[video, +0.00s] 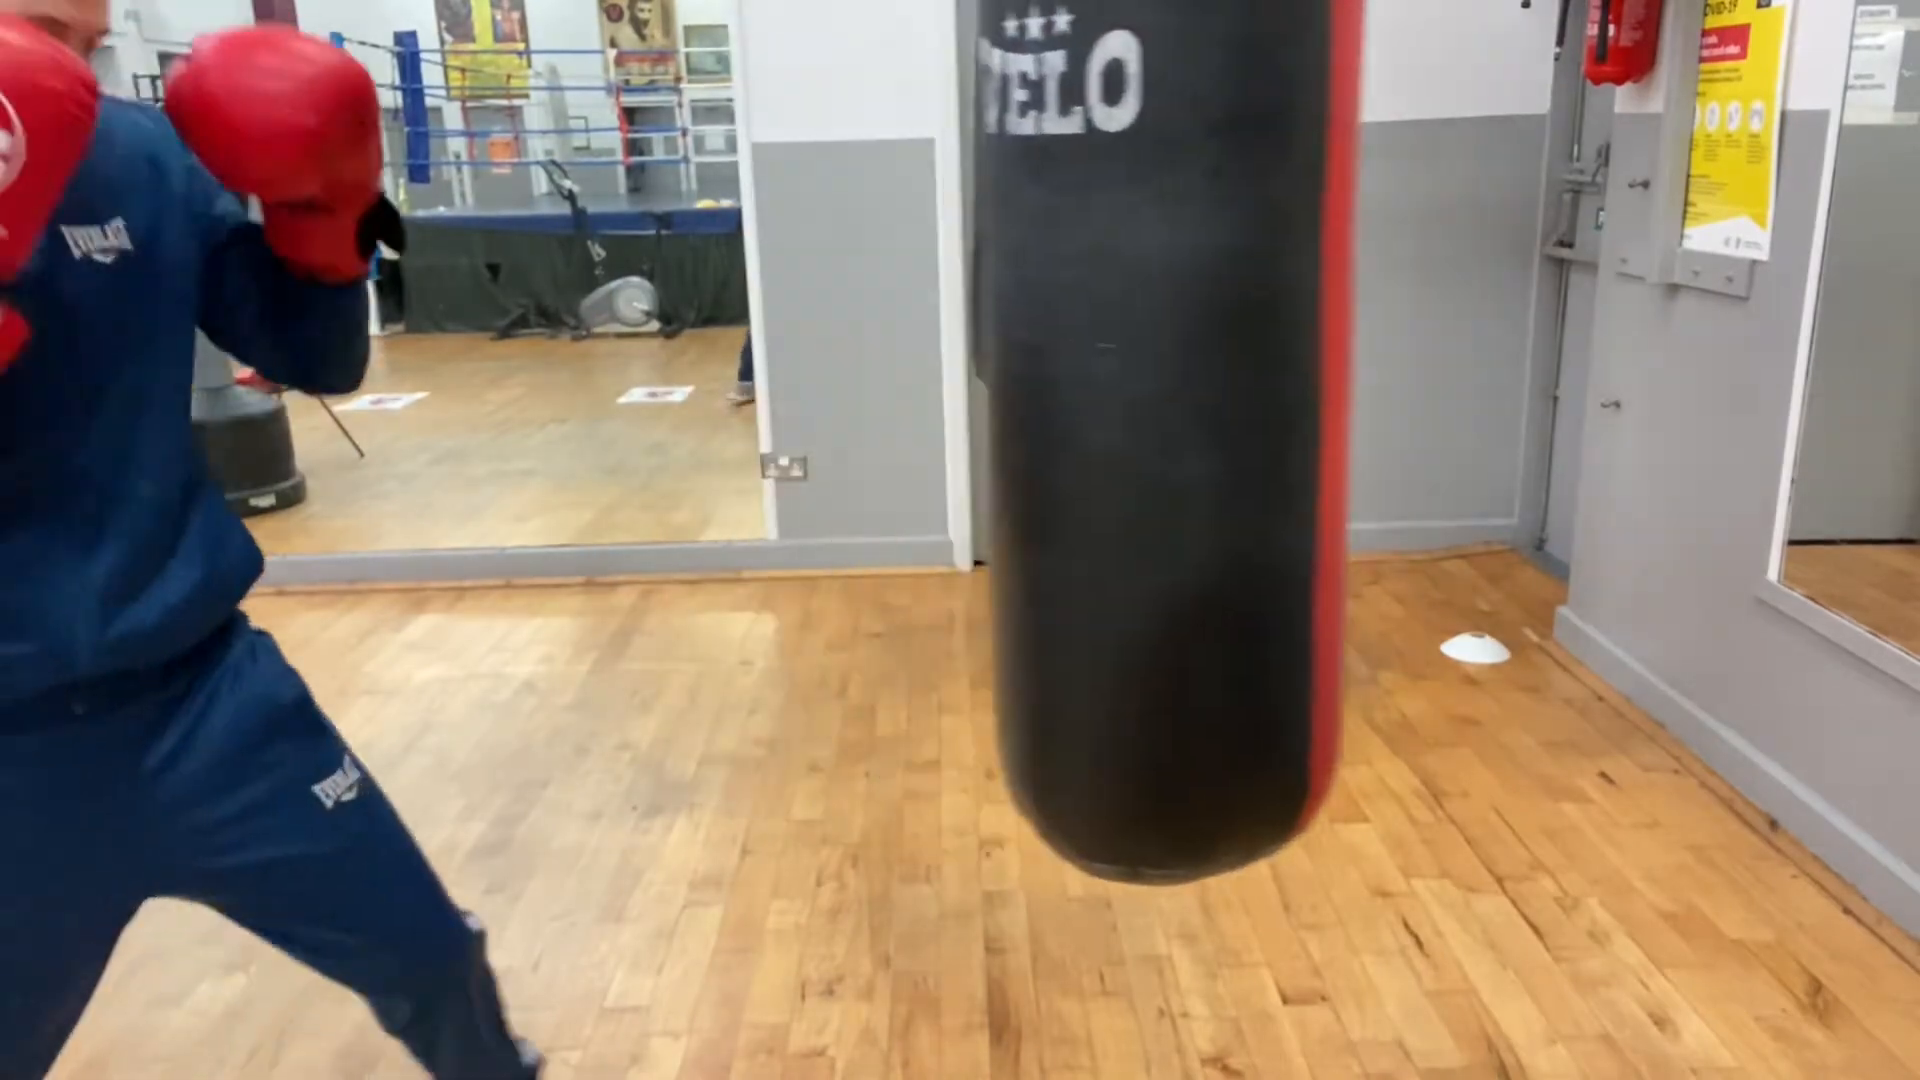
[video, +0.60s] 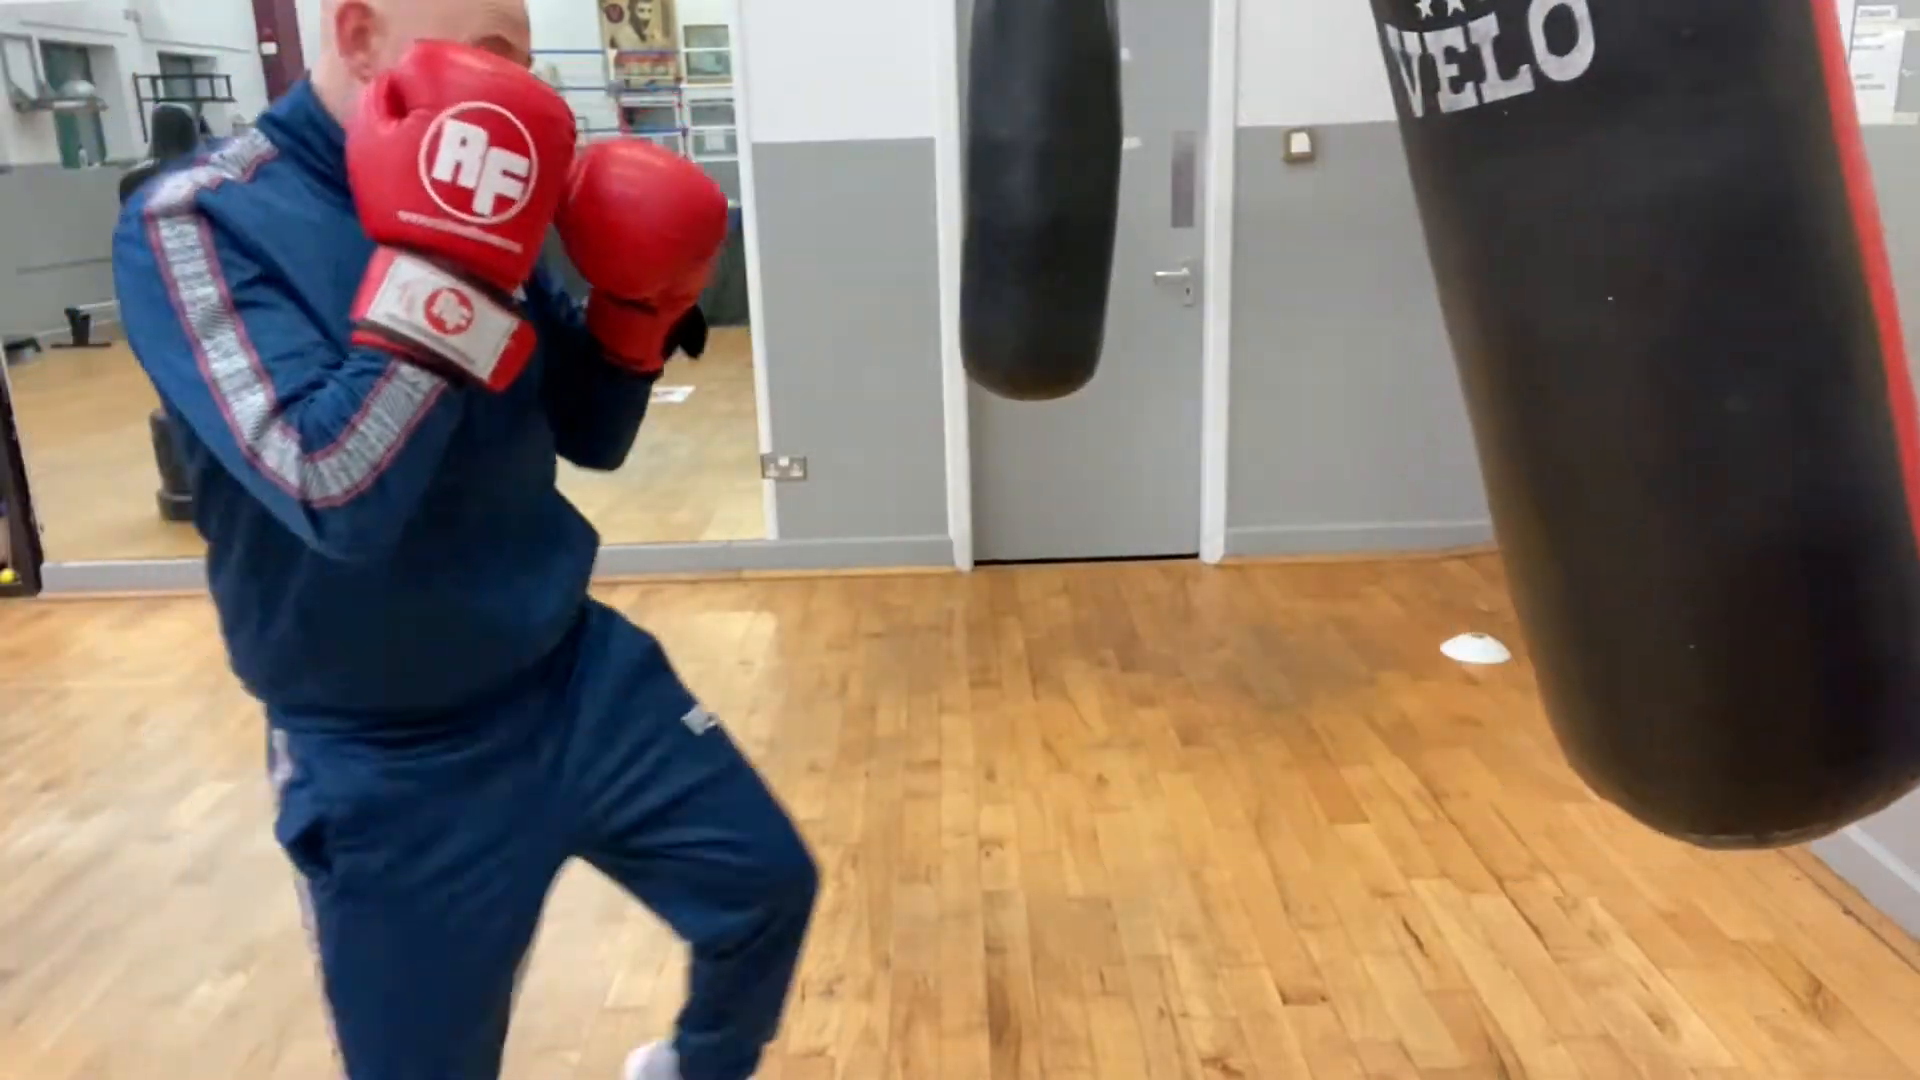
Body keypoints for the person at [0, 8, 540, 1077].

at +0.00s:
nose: (76, 35)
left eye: (83, 24)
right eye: (45, 26)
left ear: (104, 21)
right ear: (7, 20)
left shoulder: (143, 154)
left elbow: (317, 359)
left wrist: (321, 212)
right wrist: (13, 230)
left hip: (207, 697)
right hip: (27, 748)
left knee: (436, 963)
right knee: (13, 1052)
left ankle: (500, 1072)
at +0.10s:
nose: (149, 175)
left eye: (167, 136)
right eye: (115, 136)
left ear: (185, 126)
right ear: (13, 128)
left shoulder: (214, 238)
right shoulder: (18, 300)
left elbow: (308, 461)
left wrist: (360, 365)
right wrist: (33, 375)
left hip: (268, 752)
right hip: (43, 817)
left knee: (499, 975)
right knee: (29, 1066)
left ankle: (596, 1079)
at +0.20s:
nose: (244, 194)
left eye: (257, 157)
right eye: (210, 153)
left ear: (273, 134)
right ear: (74, 118)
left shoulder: (284, 258)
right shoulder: (6, 281)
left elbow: (382, 476)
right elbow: (16, 582)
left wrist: (428, 390)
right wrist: (87, 414)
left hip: (336, 767)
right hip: (84, 825)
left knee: (553, 1012)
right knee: (46, 1070)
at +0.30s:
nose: (362, 167)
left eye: (373, 128)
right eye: (328, 122)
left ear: (389, 117)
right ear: (197, 90)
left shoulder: (397, 234)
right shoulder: (45, 265)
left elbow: (542, 419)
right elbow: (100, 554)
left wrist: (557, 287)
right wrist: (249, 352)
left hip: (431, 754)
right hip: (196, 805)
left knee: (608, 997)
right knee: (109, 1071)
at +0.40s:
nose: (432, 97)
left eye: (445, 62)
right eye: (405, 56)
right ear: (270, 24)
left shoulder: (440, 178)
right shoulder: (100, 206)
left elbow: (584, 381)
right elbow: (200, 489)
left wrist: (604, 251)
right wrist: (325, 281)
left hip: (479, 716)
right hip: (255, 761)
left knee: (614, 987)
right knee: (202, 1070)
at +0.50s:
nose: (444, 43)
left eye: (462, 18)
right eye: (419, 11)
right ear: (296, 8)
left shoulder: (450, 143)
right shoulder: (143, 173)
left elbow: (583, 380)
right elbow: (263, 447)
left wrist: (623, 249)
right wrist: (385, 228)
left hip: (516, 681)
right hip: (308, 735)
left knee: (643, 942)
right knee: (328, 1062)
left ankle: (637, 1074)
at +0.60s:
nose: (511, 96)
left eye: (518, 59)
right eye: (483, 55)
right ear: (355, 40)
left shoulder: (470, 196)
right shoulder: (186, 220)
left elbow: (593, 434)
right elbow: (335, 492)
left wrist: (635, 312)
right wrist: (444, 259)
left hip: (573, 677)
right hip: (392, 763)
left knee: (767, 891)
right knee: (425, 1064)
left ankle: (703, 1064)